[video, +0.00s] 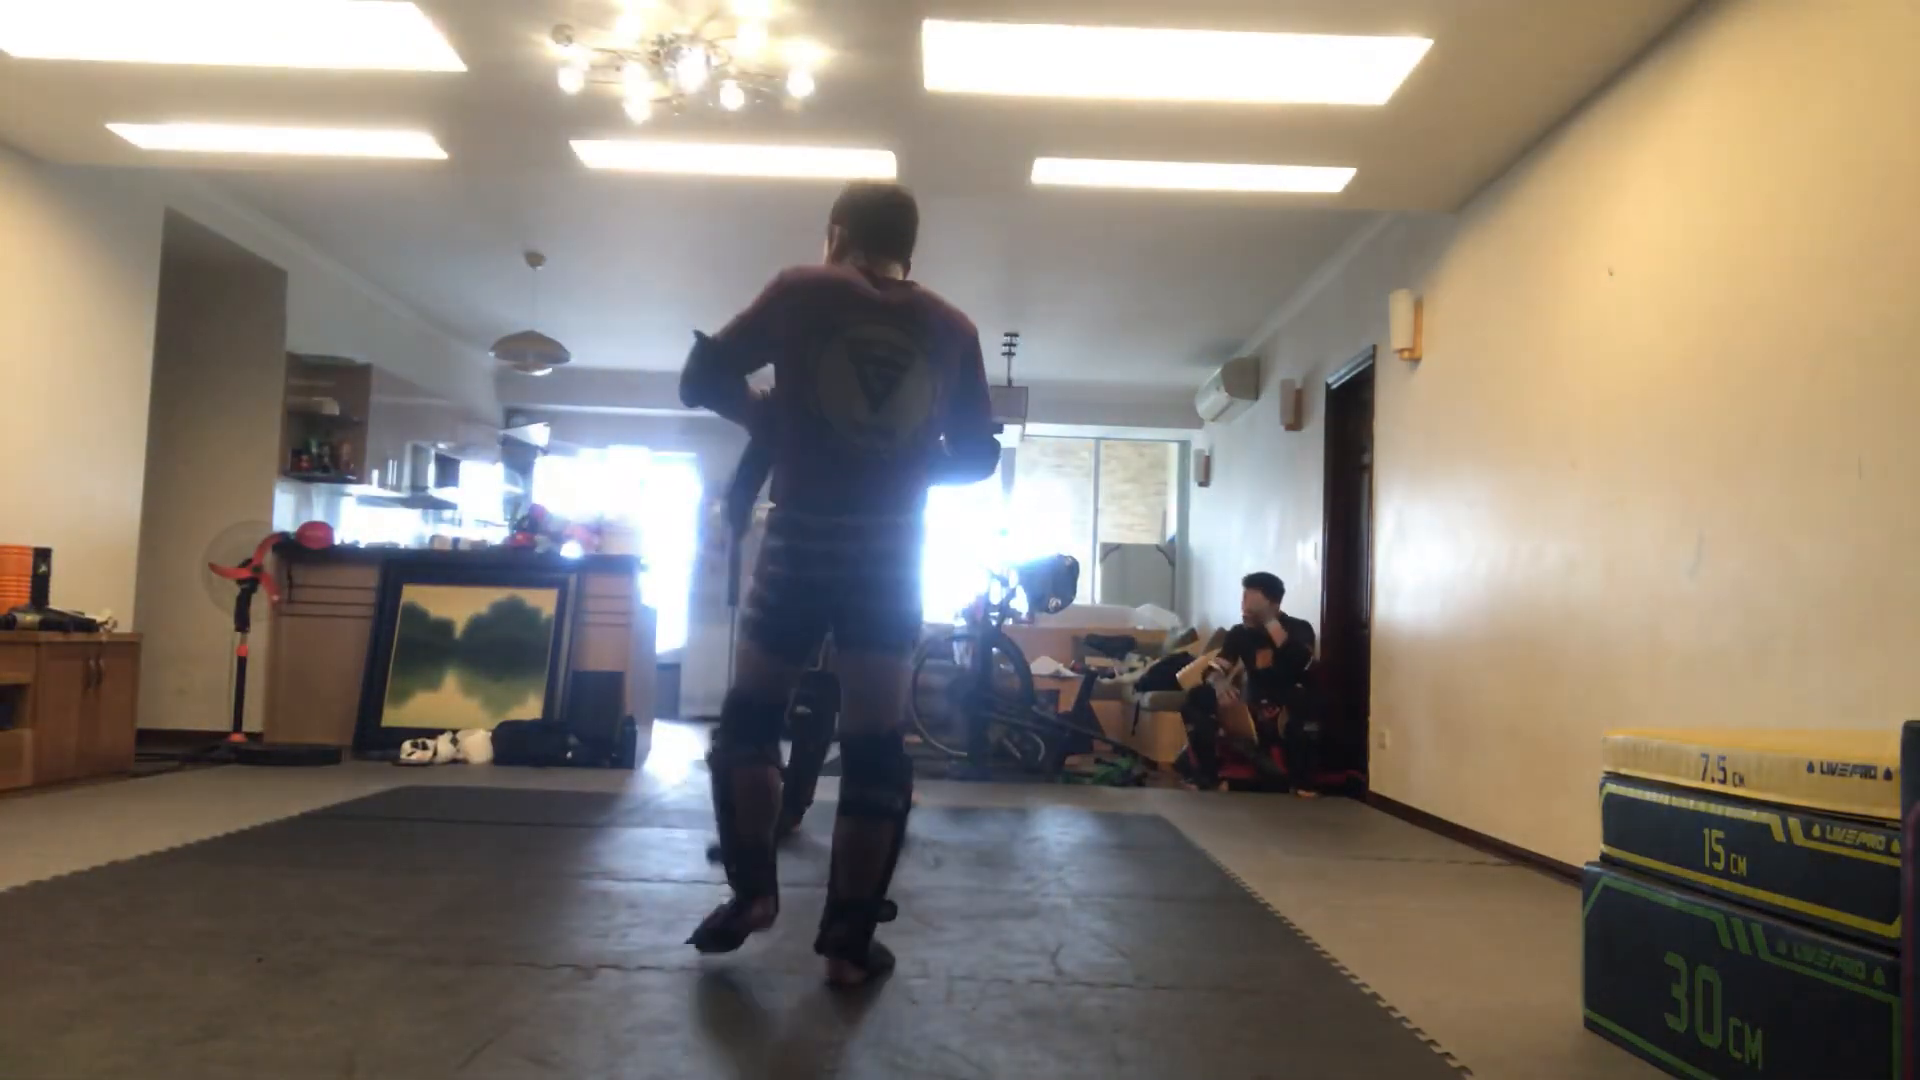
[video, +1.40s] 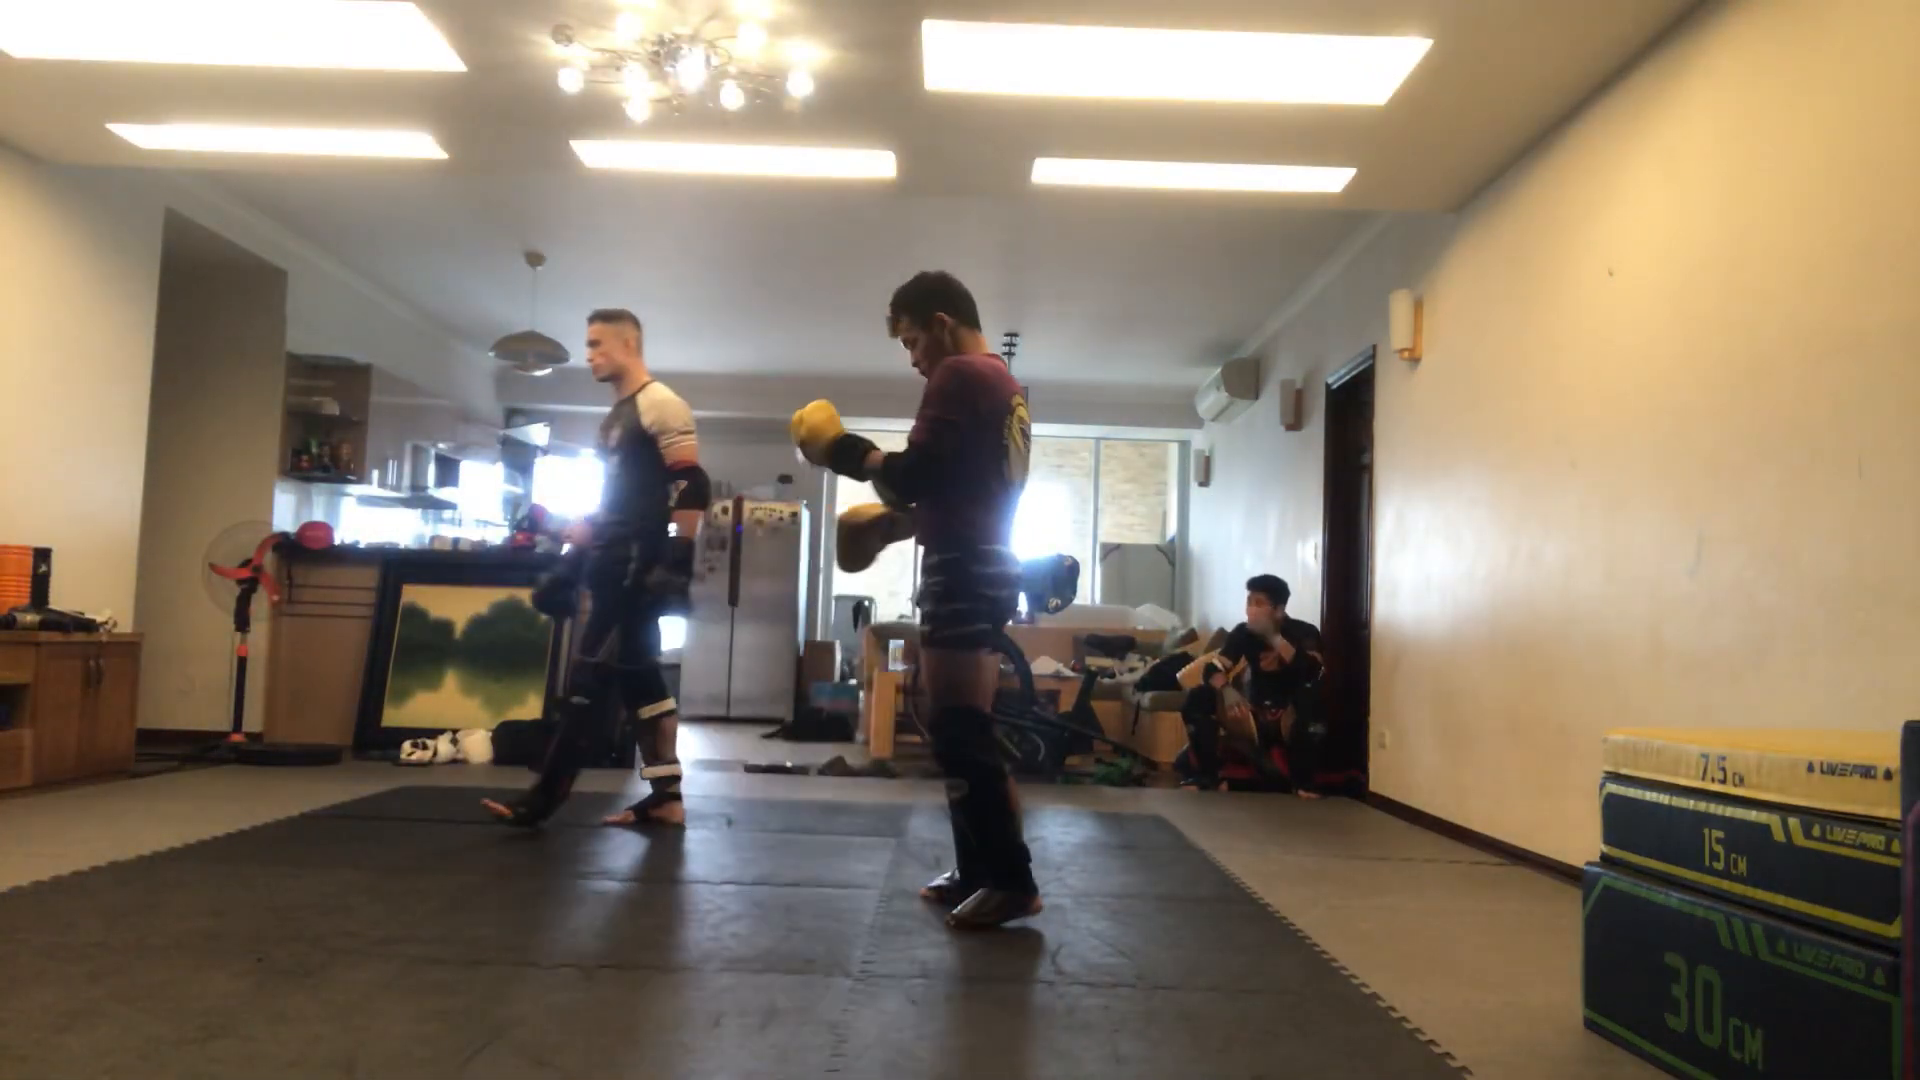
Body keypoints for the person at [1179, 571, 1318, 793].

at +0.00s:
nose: (1244, 607)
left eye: (1250, 600)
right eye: (1244, 599)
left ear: (1271, 602)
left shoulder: (1299, 629)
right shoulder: (1239, 634)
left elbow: (1299, 664)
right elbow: (1216, 668)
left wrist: (1270, 621)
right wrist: (1218, 680)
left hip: (1287, 710)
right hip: (1247, 710)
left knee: (1302, 697)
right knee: (1198, 697)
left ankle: (1300, 782)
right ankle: (1207, 778)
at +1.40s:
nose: (1251, 610)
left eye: (1259, 604)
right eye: (1249, 603)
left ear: (1279, 610)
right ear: (1246, 604)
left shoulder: (1304, 632)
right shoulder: (1243, 633)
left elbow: (1311, 672)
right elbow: (1215, 667)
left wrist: (1274, 637)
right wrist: (1224, 687)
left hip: (1291, 717)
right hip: (1251, 717)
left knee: (1310, 697)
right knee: (1198, 698)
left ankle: (1303, 781)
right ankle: (1207, 777)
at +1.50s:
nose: (1250, 608)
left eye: (1259, 601)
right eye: (1250, 601)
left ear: (1279, 607)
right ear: (1247, 602)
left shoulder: (1304, 632)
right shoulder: (1241, 634)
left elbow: (1317, 668)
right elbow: (1215, 671)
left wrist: (1276, 658)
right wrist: (1226, 690)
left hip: (1287, 720)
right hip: (1245, 720)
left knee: (1311, 697)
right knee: (1198, 698)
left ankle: (1303, 781)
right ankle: (1207, 776)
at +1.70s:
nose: (1255, 605)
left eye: (1264, 599)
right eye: (1254, 598)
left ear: (1283, 604)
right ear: (1251, 599)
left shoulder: (1305, 631)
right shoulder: (1244, 632)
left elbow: (1312, 669)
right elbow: (1216, 669)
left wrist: (1269, 690)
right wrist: (1220, 684)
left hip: (1287, 719)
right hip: (1247, 718)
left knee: (1310, 698)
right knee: (1199, 697)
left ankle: (1302, 781)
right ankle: (1207, 777)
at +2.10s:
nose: (1280, 614)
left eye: (1286, 606)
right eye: (1273, 606)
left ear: (1294, 605)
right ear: (1258, 606)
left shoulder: (1307, 632)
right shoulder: (1246, 632)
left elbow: (1298, 677)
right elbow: (1218, 670)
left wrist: (1264, 707)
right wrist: (1242, 675)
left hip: (1288, 703)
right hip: (1244, 700)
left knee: (1311, 712)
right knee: (1199, 698)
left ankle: (1302, 781)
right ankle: (1208, 776)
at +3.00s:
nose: (1271, 605)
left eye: (1279, 598)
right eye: (1266, 598)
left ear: (1294, 601)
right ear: (1260, 601)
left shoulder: (1311, 630)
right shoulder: (1251, 630)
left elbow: (1305, 667)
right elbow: (1225, 665)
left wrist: (1273, 692)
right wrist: (1265, 669)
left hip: (1292, 716)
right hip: (1249, 717)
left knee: (1318, 696)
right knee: (1199, 696)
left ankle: (1304, 780)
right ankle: (1207, 775)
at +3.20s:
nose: (1268, 604)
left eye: (1276, 598)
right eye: (1264, 598)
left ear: (1294, 601)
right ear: (1259, 600)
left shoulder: (1311, 630)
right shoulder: (1251, 632)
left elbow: (1325, 661)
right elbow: (1214, 663)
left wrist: (1274, 679)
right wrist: (1238, 679)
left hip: (1292, 716)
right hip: (1249, 716)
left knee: (1316, 697)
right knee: (1200, 697)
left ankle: (1304, 781)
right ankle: (1208, 776)